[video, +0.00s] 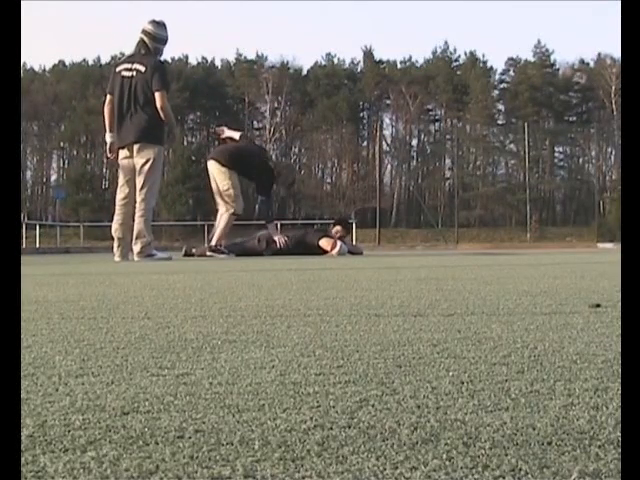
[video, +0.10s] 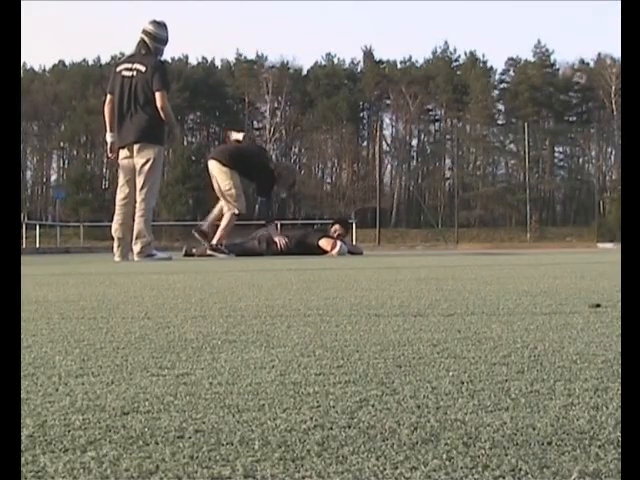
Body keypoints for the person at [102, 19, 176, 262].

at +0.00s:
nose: (163, 48)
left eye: (164, 44)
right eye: (163, 44)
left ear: (142, 38)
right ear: (159, 43)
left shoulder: (120, 65)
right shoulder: (156, 65)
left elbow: (109, 103)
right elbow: (160, 101)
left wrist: (110, 134)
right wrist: (172, 124)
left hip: (123, 137)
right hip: (148, 138)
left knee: (124, 196)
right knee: (145, 197)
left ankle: (119, 249)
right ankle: (142, 248)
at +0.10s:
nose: (164, 49)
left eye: (164, 44)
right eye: (163, 44)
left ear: (142, 38)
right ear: (159, 43)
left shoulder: (120, 65)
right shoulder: (156, 65)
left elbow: (109, 103)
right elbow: (161, 102)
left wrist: (110, 134)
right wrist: (173, 125)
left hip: (122, 136)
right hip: (148, 137)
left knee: (123, 195)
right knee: (145, 196)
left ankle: (119, 249)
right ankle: (142, 248)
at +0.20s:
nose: (164, 48)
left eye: (165, 44)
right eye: (164, 44)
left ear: (143, 38)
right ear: (159, 43)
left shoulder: (121, 65)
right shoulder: (157, 65)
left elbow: (109, 102)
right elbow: (161, 102)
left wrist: (111, 134)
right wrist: (173, 125)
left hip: (123, 136)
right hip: (148, 137)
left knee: (123, 195)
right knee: (145, 196)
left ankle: (119, 249)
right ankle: (142, 247)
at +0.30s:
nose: (165, 49)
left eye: (165, 44)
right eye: (164, 44)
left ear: (143, 38)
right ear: (160, 43)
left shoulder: (121, 65)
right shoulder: (157, 64)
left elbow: (109, 103)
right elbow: (162, 101)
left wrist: (112, 133)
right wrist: (173, 124)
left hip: (123, 136)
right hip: (148, 136)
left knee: (124, 195)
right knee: (146, 196)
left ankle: (119, 249)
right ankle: (142, 248)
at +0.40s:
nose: (165, 49)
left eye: (165, 45)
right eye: (165, 45)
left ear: (144, 38)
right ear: (160, 43)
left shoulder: (121, 65)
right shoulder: (157, 64)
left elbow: (109, 102)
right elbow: (162, 102)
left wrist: (113, 134)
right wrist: (173, 125)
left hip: (123, 136)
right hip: (148, 136)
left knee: (124, 195)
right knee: (145, 196)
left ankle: (119, 249)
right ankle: (142, 248)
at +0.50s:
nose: (165, 49)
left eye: (165, 45)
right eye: (165, 45)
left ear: (144, 38)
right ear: (160, 43)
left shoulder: (121, 65)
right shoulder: (157, 64)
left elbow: (110, 102)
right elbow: (162, 102)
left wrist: (113, 133)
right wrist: (173, 125)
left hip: (123, 136)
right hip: (148, 136)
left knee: (124, 194)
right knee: (146, 196)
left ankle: (119, 249)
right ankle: (142, 248)